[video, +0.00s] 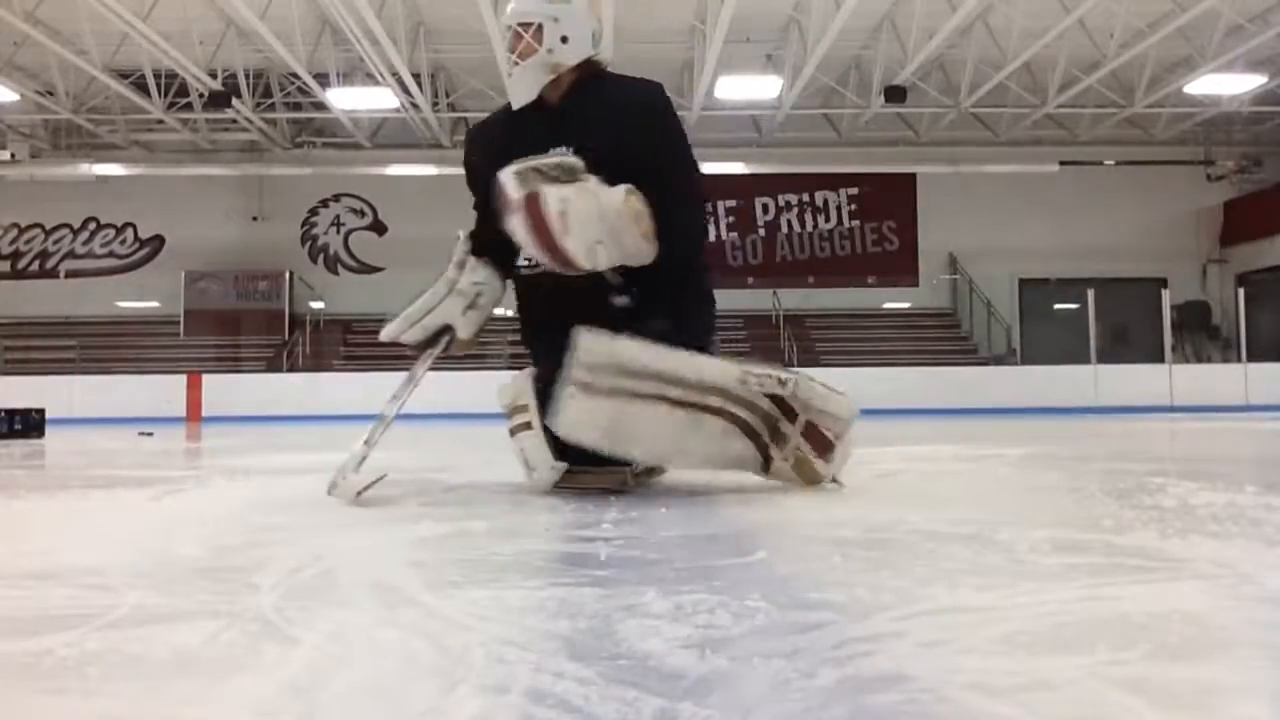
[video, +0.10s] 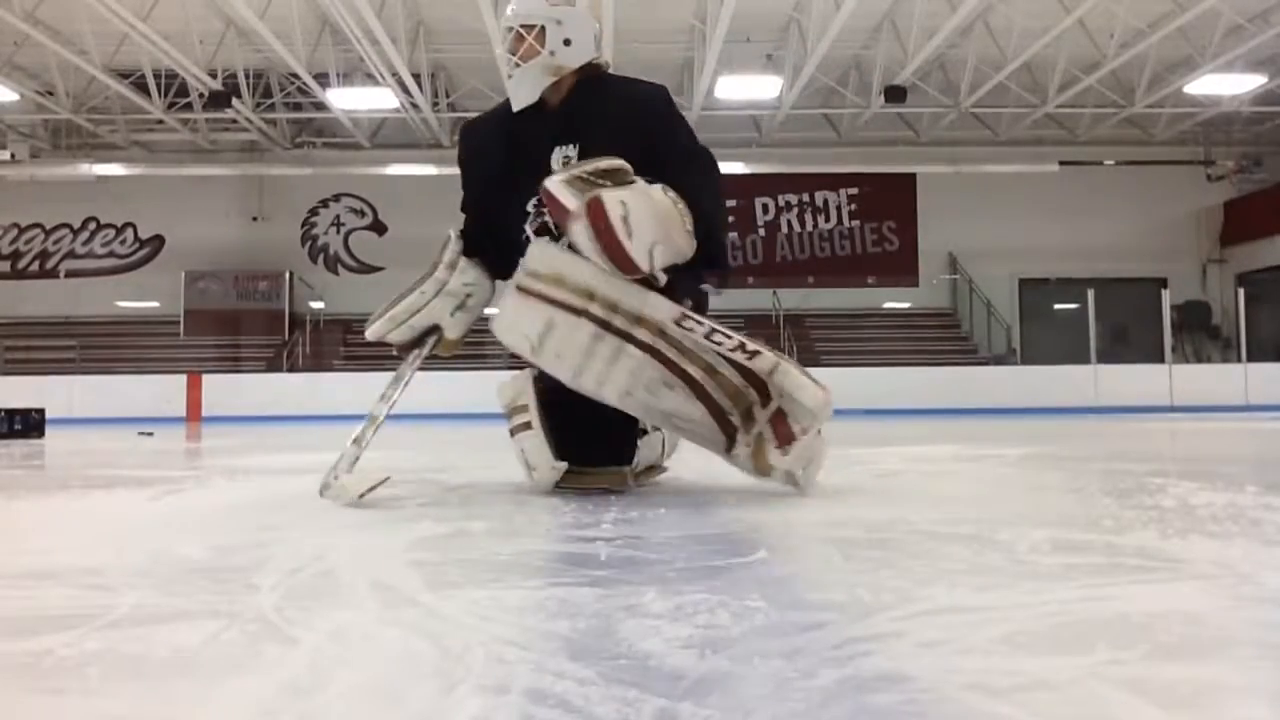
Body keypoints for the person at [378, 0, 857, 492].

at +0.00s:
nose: (519, 41)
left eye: (535, 27)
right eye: (515, 28)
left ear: (573, 34)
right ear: (508, 40)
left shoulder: (639, 106)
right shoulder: (490, 140)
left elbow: (684, 218)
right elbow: (494, 237)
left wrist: (599, 225)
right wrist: (466, 296)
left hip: (659, 325)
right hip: (558, 336)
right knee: (578, 479)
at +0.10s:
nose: (516, 49)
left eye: (530, 34)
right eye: (511, 37)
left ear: (572, 34)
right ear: (505, 45)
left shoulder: (640, 105)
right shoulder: (488, 136)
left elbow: (702, 197)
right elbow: (486, 240)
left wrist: (631, 225)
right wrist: (451, 302)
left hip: (646, 314)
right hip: (549, 323)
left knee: (610, 468)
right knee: (575, 467)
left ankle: (655, 435)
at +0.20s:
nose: (517, 43)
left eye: (532, 28)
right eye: (509, 31)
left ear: (574, 28)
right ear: (501, 40)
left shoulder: (642, 103)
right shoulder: (486, 136)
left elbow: (701, 197)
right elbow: (486, 239)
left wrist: (641, 230)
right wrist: (452, 299)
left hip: (651, 311)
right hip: (545, 323)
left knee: (619, 456)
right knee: (554, 456)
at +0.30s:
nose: (495, 55)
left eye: (509, 40)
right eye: (491, 42)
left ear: (549, 42)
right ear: (489, 50)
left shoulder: (619, 106)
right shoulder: (475, 145)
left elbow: (683, 193)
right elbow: (482, 236)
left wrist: (629, 228)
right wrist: (447, 291)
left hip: (645, 296)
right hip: (546, 314)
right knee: (517, 441)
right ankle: (611, 436)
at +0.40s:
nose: (459, 71)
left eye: (471, 58)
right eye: (457, 60)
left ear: (511, 60)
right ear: (467, 67)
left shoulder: (584, 119)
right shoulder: (448, 156)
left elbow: (649, 199)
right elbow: (450, 240)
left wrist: (600, 233)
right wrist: (415, 294)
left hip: (612, 306)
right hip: (519, 316)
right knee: (469, 436)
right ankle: (562, 436)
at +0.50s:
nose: (426, 88)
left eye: (440, 76)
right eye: (422, 77)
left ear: (481, 78)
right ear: (421, 85)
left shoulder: (544, 141)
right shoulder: (406, 172)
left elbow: (612, 225)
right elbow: (394, 260)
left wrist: (580, 245)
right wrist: (357, 306)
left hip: (570, 318)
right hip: (476, 332)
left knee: (630, 397)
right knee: (422, 446)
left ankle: (739, 433)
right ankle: (520, 442)